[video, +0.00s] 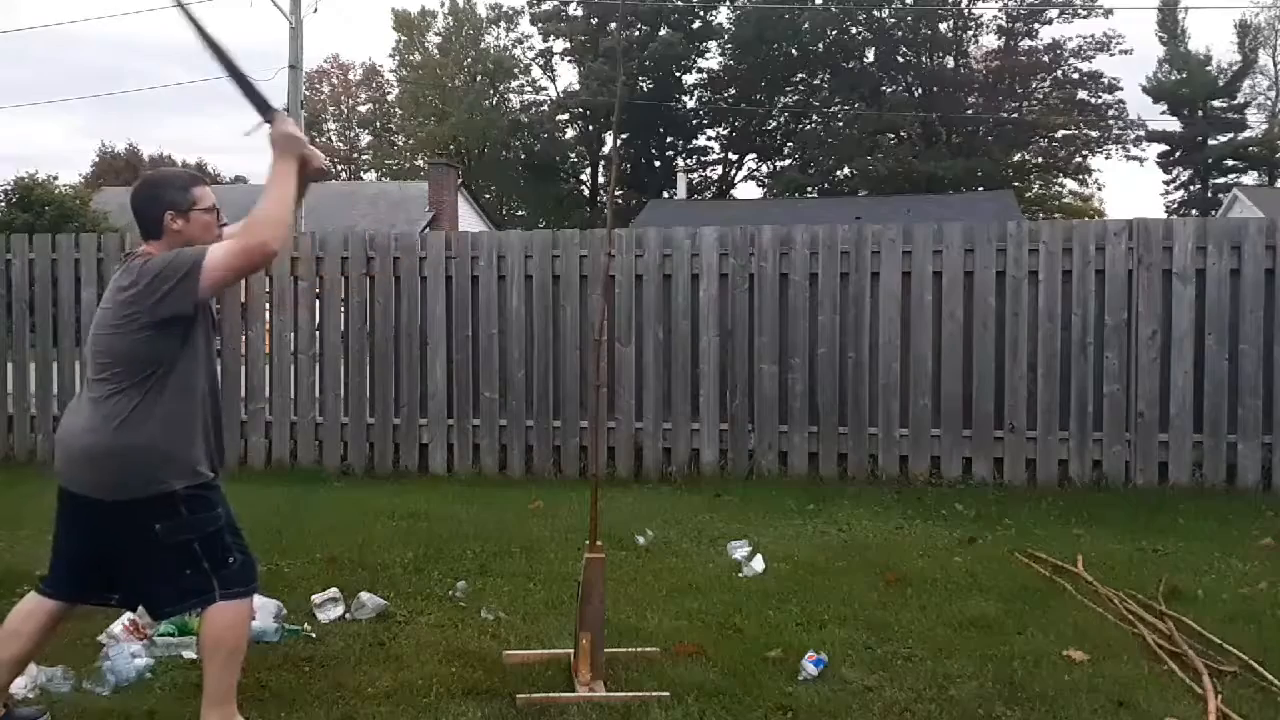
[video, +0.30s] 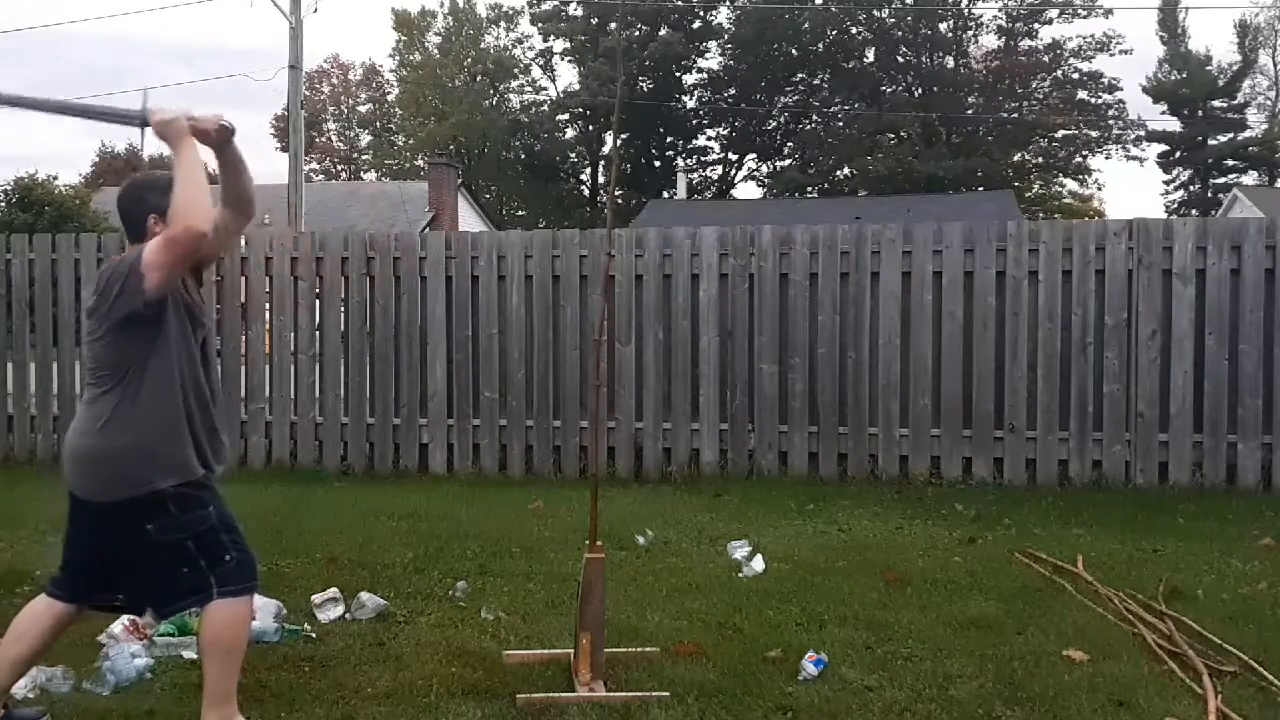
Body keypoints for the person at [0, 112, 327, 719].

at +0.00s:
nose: (223, 221)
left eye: (218, 209)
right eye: (211, 210)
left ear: (165, 224)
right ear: (171, 222)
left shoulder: (139, 271)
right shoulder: (162, 274)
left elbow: (252, 247)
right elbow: (262, 243)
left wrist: (298, 180)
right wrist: (286, 156)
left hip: (87, 464)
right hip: (156, 468)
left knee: (57, 591)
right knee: (230, 584)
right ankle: (220, 710)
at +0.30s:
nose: (191, 226)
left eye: (189, 215)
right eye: (182, 218)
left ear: (170, 223)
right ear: (152, 226)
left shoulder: (175, 274)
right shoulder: (124, 278)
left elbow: (239, 213)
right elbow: (194, 230)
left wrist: (225, 148)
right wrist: (183, 145)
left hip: (104, 465)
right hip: (147, 467)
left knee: (72, 590)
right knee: (231, 577)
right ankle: (220, 711)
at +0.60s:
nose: (193, 220)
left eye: (190, 209)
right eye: (179, 213)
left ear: (186, 221)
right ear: (143, 226)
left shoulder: (177, 273)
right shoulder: (108, 286)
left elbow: (228, 207)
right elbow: (160, 228)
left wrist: (199, 145)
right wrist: (153, 146)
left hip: (110, 469)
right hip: (141, 467)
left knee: (79, 593)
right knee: (228, 577)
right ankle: (221, 711)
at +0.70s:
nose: (193, 220)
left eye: (190, 211)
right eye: (180, 213)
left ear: (184, 221)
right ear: (144, 224)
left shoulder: (175, 275)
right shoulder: (107, 287)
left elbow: (225, 206)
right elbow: (159, 225)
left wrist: (195, 142)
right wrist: (150, 142)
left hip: (109, 470)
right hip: (143, 469)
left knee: (79, 594)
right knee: (229, 577)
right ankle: (221, 711)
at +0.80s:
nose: (196, 220)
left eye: (195, 211)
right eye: (184, 212)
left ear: (185, 223)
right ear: (147, 221)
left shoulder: (175, 273)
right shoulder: (111, 285)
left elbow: (224, 204)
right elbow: (162, 220)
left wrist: (196, 140)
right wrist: (151, 134)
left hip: (109, 469)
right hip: (147, 467)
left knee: (80, 592)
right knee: (232, 576)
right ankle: (221, 710)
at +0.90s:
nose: (201, 218)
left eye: (199, 209)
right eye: (187, 209)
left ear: (188, 220)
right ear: (148, 220)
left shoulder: (176, 270)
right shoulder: (117, 281)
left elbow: (226, 203)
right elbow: (168, 220)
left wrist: (199, 138)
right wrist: (156, 135)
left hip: (109, 466)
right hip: (152, 464)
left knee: (81, 591)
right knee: (236, 578)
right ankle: (222, 711)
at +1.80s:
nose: (194, 214)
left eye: (193, 203)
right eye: (186, 203)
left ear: (137, 211)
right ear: (149, 209)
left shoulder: (73, 254)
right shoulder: (178, 278)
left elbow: (108, 344)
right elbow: (214, 364)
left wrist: (194, 384)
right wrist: (242, 409)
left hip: (48, 444)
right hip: (144, 452)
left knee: (33, 583)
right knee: (200, 587)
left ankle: (0, 692)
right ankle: (216, 710)